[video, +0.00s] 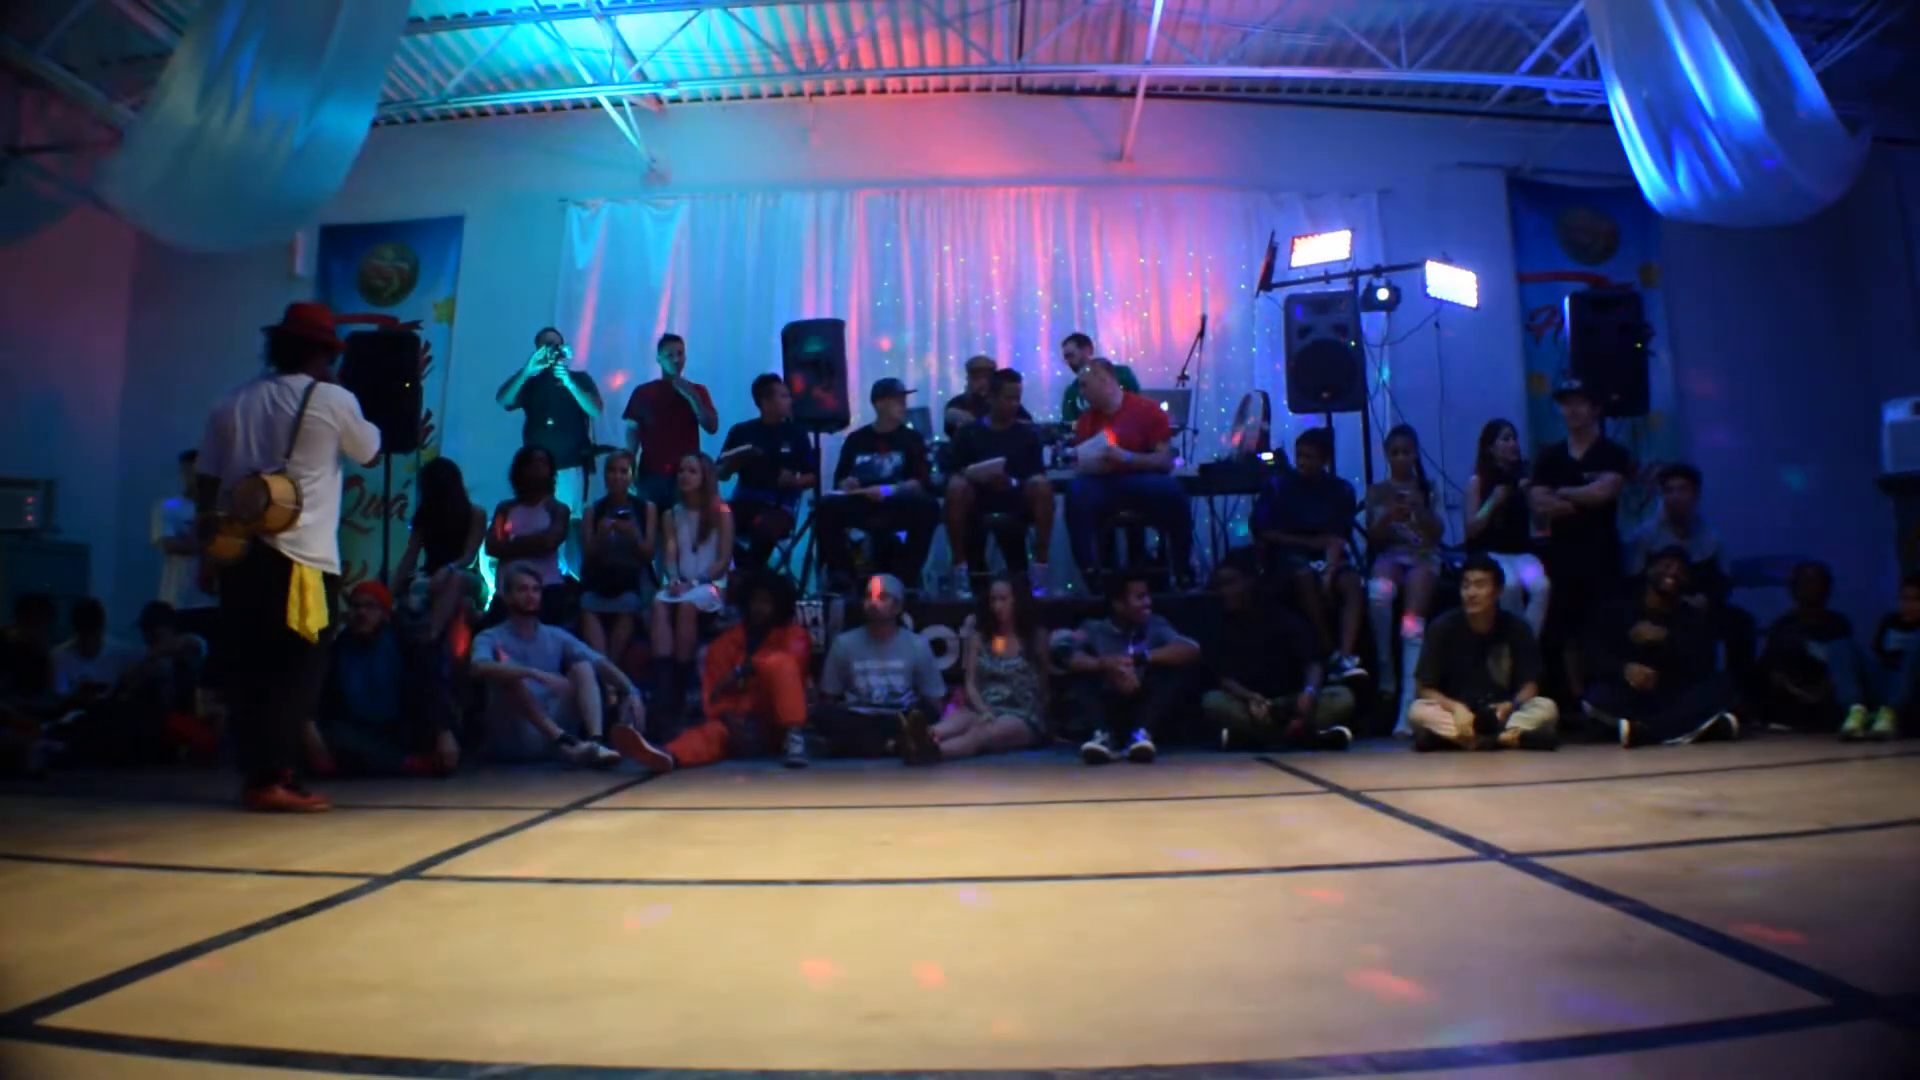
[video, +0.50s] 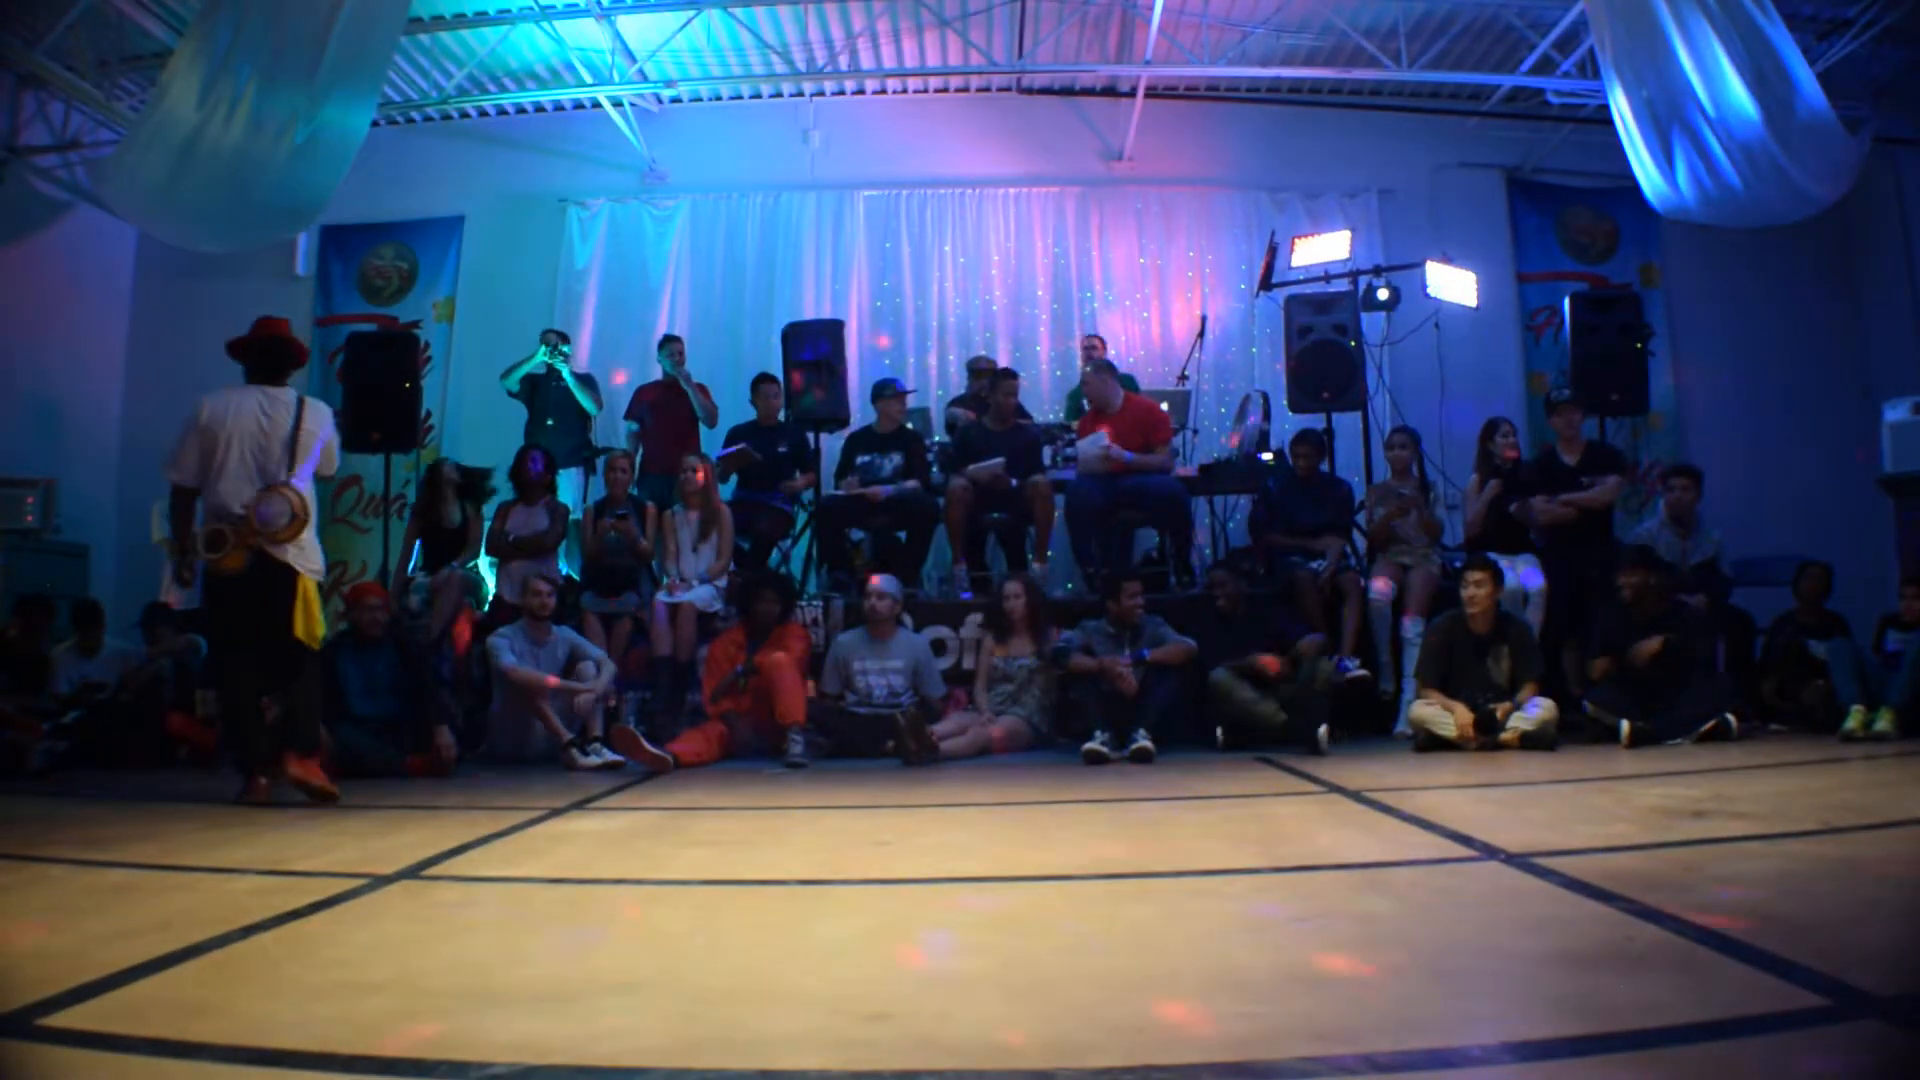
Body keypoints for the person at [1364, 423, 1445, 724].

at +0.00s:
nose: (1400, 459)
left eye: (1406, 452)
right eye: (1395, 452)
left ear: (1416, 454)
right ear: (1386, 456)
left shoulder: (1428, 489)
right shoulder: (1377, 492)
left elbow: (1436, 533)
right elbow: (1374, 536)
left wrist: (1417, 511)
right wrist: (1391, 516)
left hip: (1421, 553)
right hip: (1389, 554)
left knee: (1412, 623)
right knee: (1379, 592)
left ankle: (1408, 706)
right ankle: (1385, 668)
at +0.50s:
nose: (1398, 453)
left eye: (1404, 447)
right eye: (1392, 448)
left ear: (1416, 452)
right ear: (1385, 453)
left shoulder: (1429, 489)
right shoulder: (1377, 491)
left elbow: (1436, 533)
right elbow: (1373, 536)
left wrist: (1419, 507)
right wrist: (1389, 517)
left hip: (1422, 554)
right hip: (1389, 554)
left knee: (1412, 625)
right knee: (1378, 593)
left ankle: (1408, 709)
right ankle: (1385, 672)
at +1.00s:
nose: (1394, 453)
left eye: (1401, 447)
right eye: (1389, 448)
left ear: (1415, 453)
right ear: (1383, 453)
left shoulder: (1431, 489)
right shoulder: (1376, 492)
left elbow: (1437, 533)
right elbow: (1373, 536)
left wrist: (1418, 505)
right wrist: (1388, 514)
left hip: (1422, 554)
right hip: (1389, 554)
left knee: (1412, 628)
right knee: (1377, 596)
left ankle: (1407, 710)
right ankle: (1385, 670)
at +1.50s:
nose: (1396, 452)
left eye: (1403, 446)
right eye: (1391, 447)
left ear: (1416, 452)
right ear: (1385, 453)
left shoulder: (1433, 489)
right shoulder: (1378, 492)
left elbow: (1437, 534)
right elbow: (1373, 536)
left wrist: (1420, 506)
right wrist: (1387, 514)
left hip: (1422, 553)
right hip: (1390, 552)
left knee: (1413, 615)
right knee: (1378, 596)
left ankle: (1410, 697)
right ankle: (1385, 674)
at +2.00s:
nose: (1400, 453)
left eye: (1406, 446)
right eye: (1394, 447)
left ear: (1416, 452)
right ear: (1386, 453)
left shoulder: (1429, 489)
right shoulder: (1377, 491)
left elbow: (1434, 535)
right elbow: (1373, 536)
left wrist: (1423, 506)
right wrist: (1388, 513)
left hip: (1421, 552)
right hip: (1389, 551)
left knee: (1412, 627)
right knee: (1376, 597)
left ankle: (1407, 704)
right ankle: (1382, 673)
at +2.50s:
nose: (1402, 453)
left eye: (1407, 447)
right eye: (1396, 447)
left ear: (1416, 452)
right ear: (1387, 453)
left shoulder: (1431, 488)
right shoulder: (1377, 491)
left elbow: (1437, 533)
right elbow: (1373, 536)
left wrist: (1417, 509)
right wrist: (1388, 513)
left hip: (1422, 550)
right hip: (1390, 550)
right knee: (1378, 592)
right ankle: (1382, 675)